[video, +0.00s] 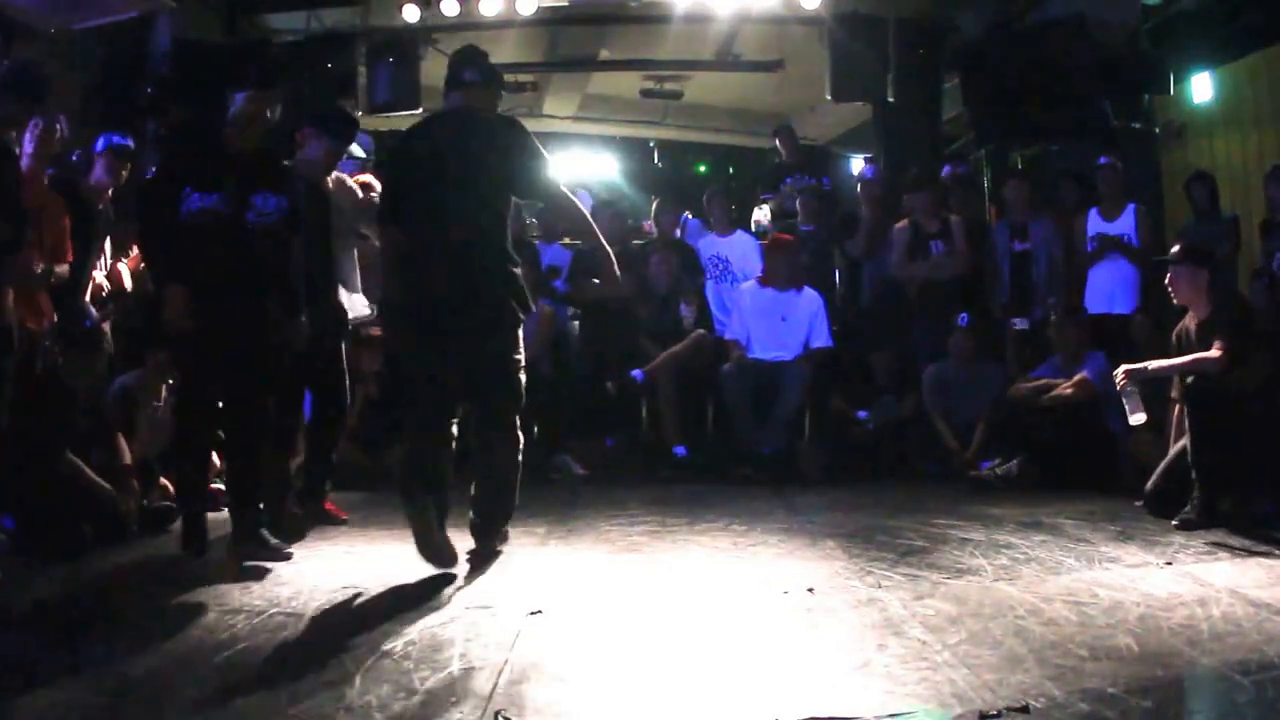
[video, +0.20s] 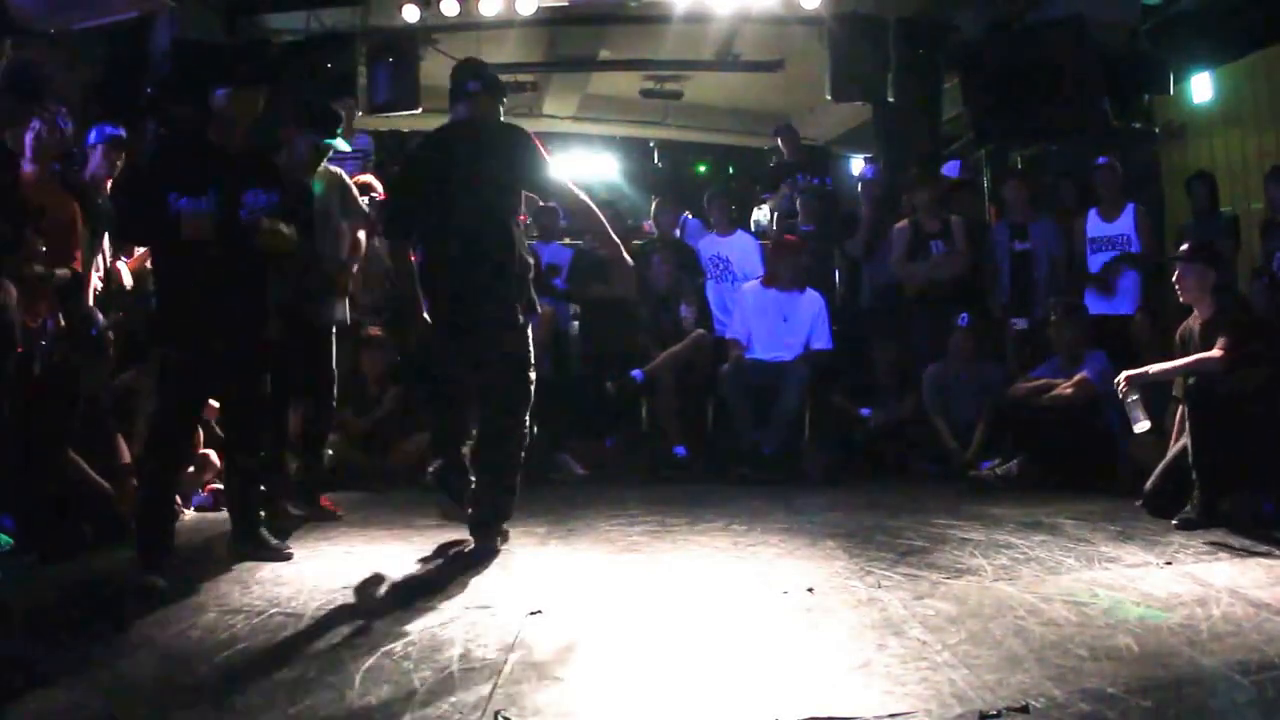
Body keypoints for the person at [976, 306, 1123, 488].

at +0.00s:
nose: (1056, 336)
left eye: (1062, 329)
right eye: (1054, 329)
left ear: (1078, 331)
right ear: (1051, 333)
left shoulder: (1095, 360)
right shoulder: (1057, 362)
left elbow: (1075, 392)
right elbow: (1014, 392)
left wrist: (1040, 401)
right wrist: (1053, 383)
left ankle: (1022, 464)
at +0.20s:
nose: (1054, 333)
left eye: (1060, 327)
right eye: (1052, 327)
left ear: (1078, 329)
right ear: (1049, 331)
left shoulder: (1096, 360)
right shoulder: (1055, 363)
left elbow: (1073, 393)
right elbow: (1014, 392)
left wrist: (1035, 401)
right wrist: (1057, 383)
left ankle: (1021, 464)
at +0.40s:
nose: (1052, 332)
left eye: (1058, 326)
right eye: (1051, 326)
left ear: (1076, 330)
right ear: (1049, 330)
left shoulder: (1096, 360)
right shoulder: (1055, 363)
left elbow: (1071, 393)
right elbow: (1013, 392)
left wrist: (1033, 401)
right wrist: (1057, 384)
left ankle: (1022, 463)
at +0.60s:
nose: (1055, 335)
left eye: (1061, 328)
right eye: (1053, 329)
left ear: (1078, 331)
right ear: (1049, 333)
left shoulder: (1095, 360)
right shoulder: (1056, 362)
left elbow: (1072, 393)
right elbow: (1012, 392)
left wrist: (1036, 401)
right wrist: (1056, 383)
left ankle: (1021, 462)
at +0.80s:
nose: (1054, 334)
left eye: (1061, 328)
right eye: (1052, 328)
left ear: (1077, 330)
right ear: (1049, 333)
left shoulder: (1095, 359)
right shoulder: (1056, 362)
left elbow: (1071, 393)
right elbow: (1012, 392)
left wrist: (1035, 401)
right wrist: (1054, 384)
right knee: (1005, 406)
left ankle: (1019, 463)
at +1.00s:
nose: (1053, 332)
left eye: (1060, 326)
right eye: (1052, 326)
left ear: (1077, 329)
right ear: (1049, 331)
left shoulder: (1095, 361)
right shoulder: (1054, 363)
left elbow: (1069, 393)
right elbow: (1011, 392)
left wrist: (1033, 400)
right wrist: (1054, 384)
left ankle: (1019, 464)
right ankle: (1002, 459)